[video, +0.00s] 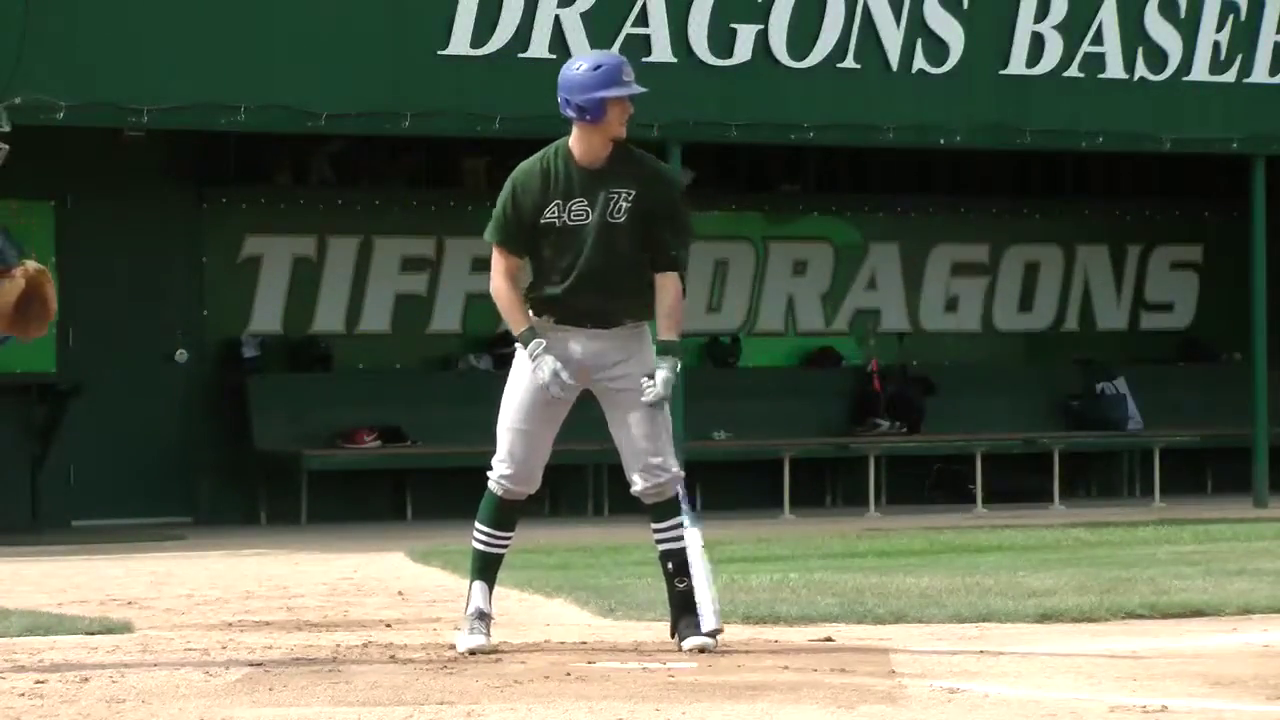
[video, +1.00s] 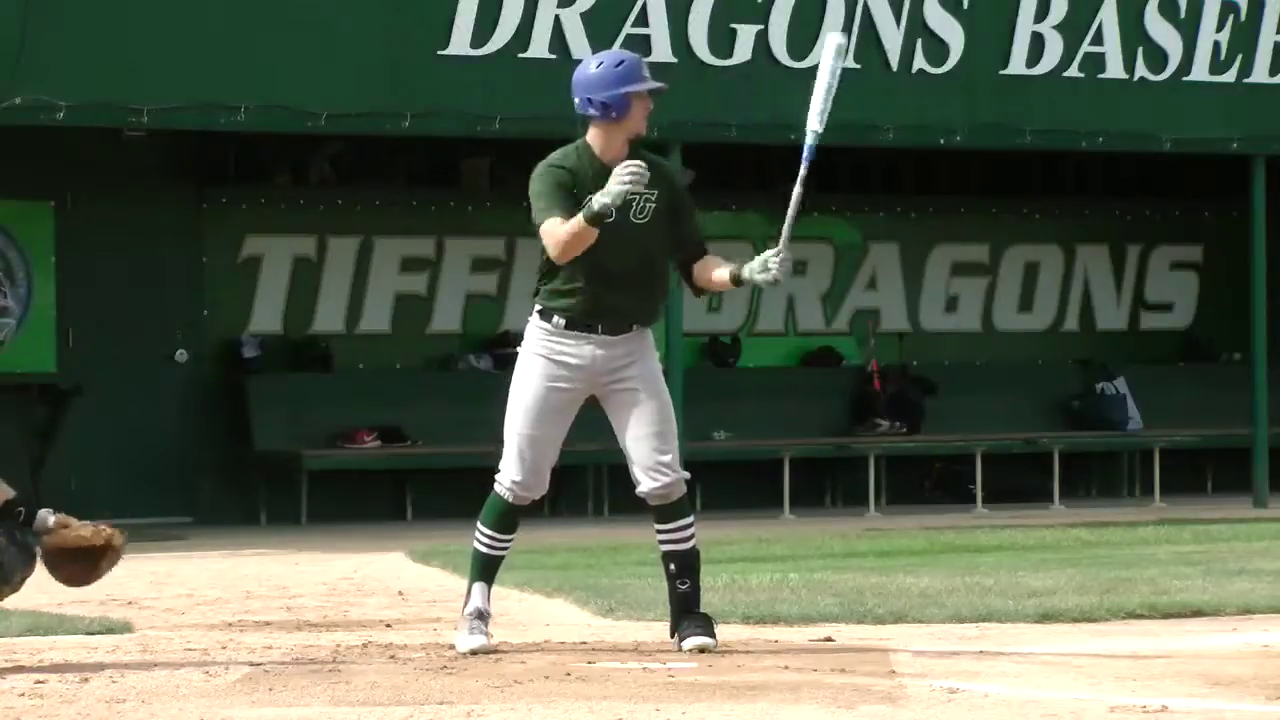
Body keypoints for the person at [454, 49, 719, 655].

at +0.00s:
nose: (629, 111)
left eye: (629, 101)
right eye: (617, 103)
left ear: (620, 105)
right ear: (582, 109)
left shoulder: (654, 183)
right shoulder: (530, 180)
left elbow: (669, 278)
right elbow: (502, 274)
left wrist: (667, 359)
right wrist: (531, 343)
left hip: (628, 343)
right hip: (547, 341)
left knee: (656, 475)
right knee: (511, 473)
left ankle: (688, 614)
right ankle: (478, 609)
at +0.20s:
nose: (624, 106)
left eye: (623, 96)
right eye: (614, 97)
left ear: (608, 104)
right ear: (579, 104)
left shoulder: (645, 178)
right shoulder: (523, 177)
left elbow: (662, 267)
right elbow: (498, 269)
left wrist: (629, 322)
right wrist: (526, 339)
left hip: (623, 341)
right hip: (546, 341)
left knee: (656, 474)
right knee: (510, 472)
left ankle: (688, 616)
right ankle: (478, 609)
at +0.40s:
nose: (626, 105)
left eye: (627, 94)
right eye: (616, 96)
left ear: (615, 100)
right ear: (581, 101)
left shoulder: (644, 173)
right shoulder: (527, 174)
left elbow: (693, 261)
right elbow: (500, 271)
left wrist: (643, 255)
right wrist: (535, 333)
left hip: (626, 342)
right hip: (547, 341)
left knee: (657, 480)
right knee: (510, 475)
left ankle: (688, 618)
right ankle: (478, 611)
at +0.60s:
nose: (642, 100)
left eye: (641, 90)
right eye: (632, 91)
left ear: (628, 97)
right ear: (599, 96)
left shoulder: (657, 162)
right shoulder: (542, 164)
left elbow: (738, 204)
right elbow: (468, 215)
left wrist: (704, 204)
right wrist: (528, 212)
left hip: (628, 343)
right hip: (550, 343)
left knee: (659, 480)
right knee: (512, 478)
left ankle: (689, 619)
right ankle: (478, 611)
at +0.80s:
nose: (652, 100)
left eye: (651, 90)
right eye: (643, 91)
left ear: (630, 98)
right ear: (613, 98)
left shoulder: (668, 172)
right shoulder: (564, 155)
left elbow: (721, 243)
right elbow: (537, 161)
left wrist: (732, 216)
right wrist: (543, 127)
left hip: (634, 343)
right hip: (557, 339)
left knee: (663, 478)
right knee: (516, 474)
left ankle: (689, 618)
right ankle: (475, 603)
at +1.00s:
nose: (650, 105)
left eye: (648, 96)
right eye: (641, 96)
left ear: (620, 106)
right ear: (609, 105)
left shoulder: (661, 178)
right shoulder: (556, 173)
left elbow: (699, 267)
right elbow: (558, 245)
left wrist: (744, 270)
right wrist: (605, 201)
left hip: (632, 348)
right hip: (556, 345)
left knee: (665, 480)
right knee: (520, 481)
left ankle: (688, 619)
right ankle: (476, 608)